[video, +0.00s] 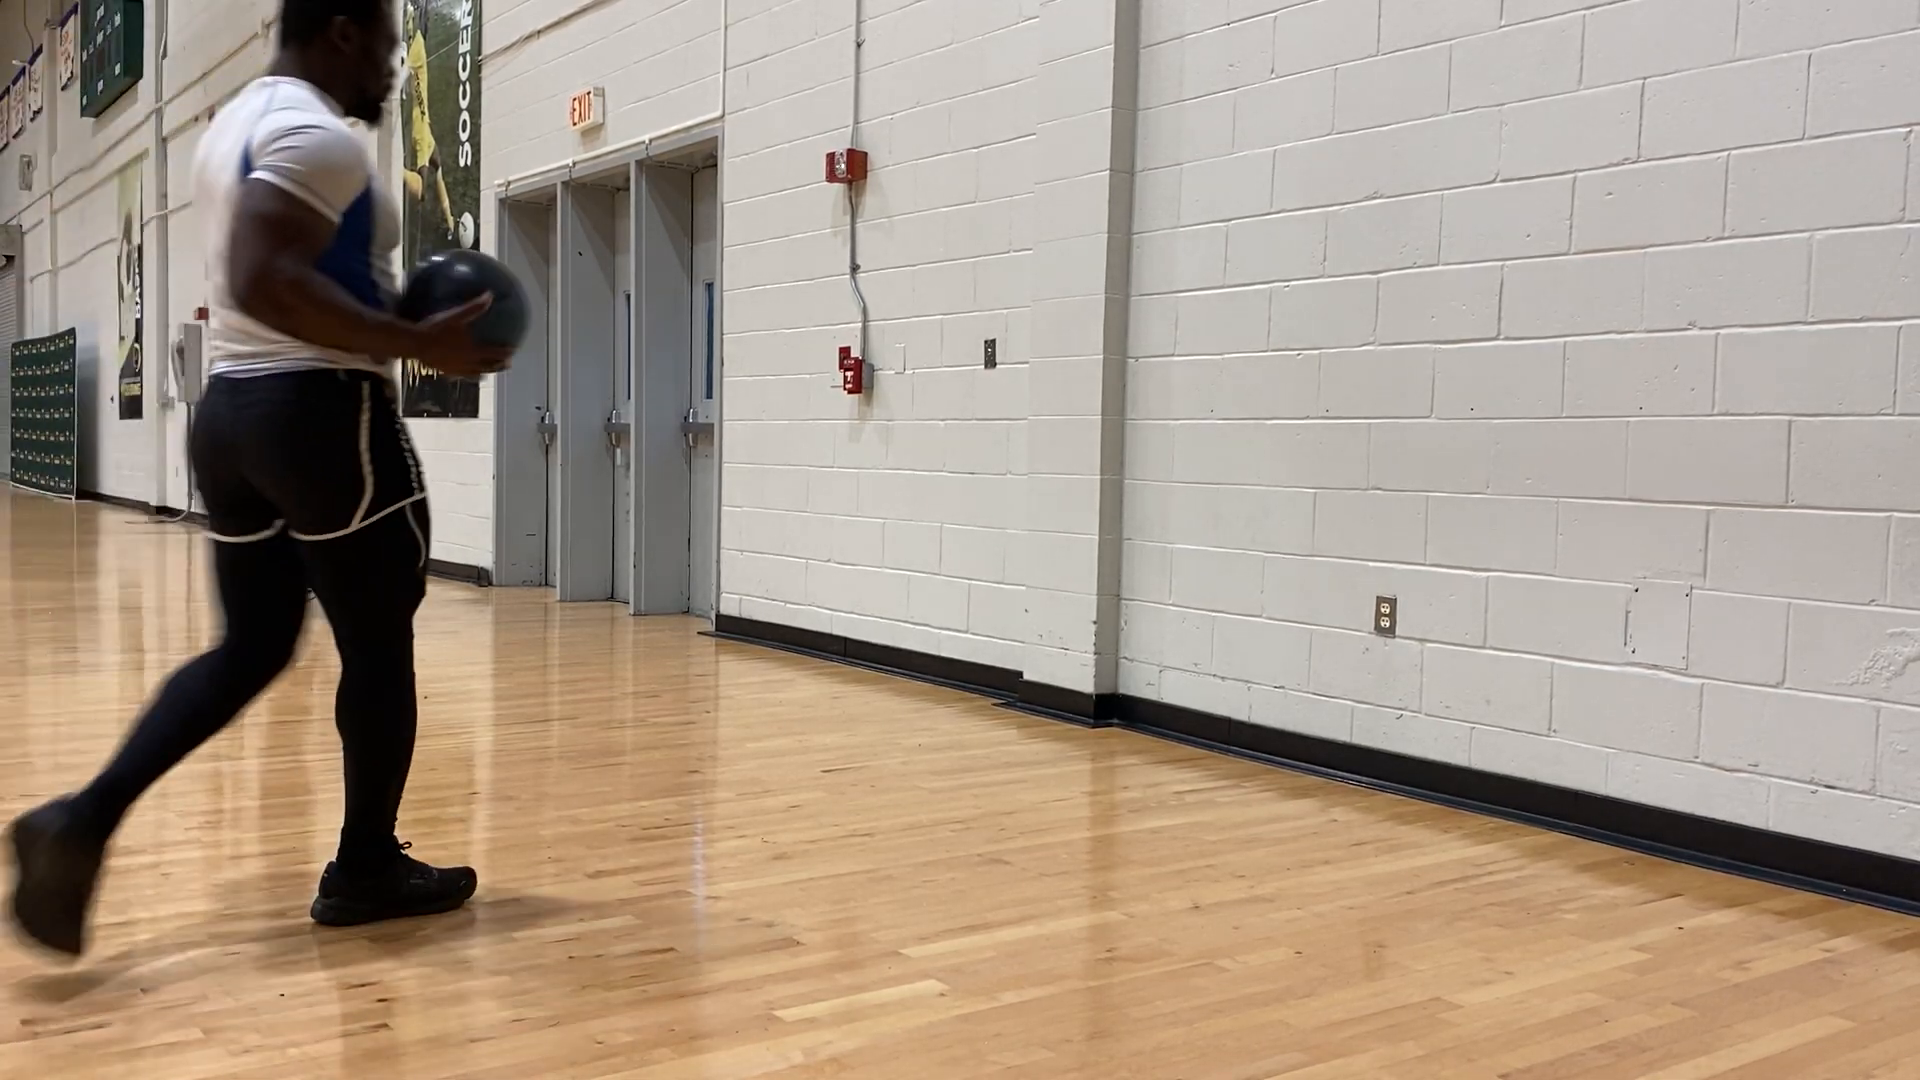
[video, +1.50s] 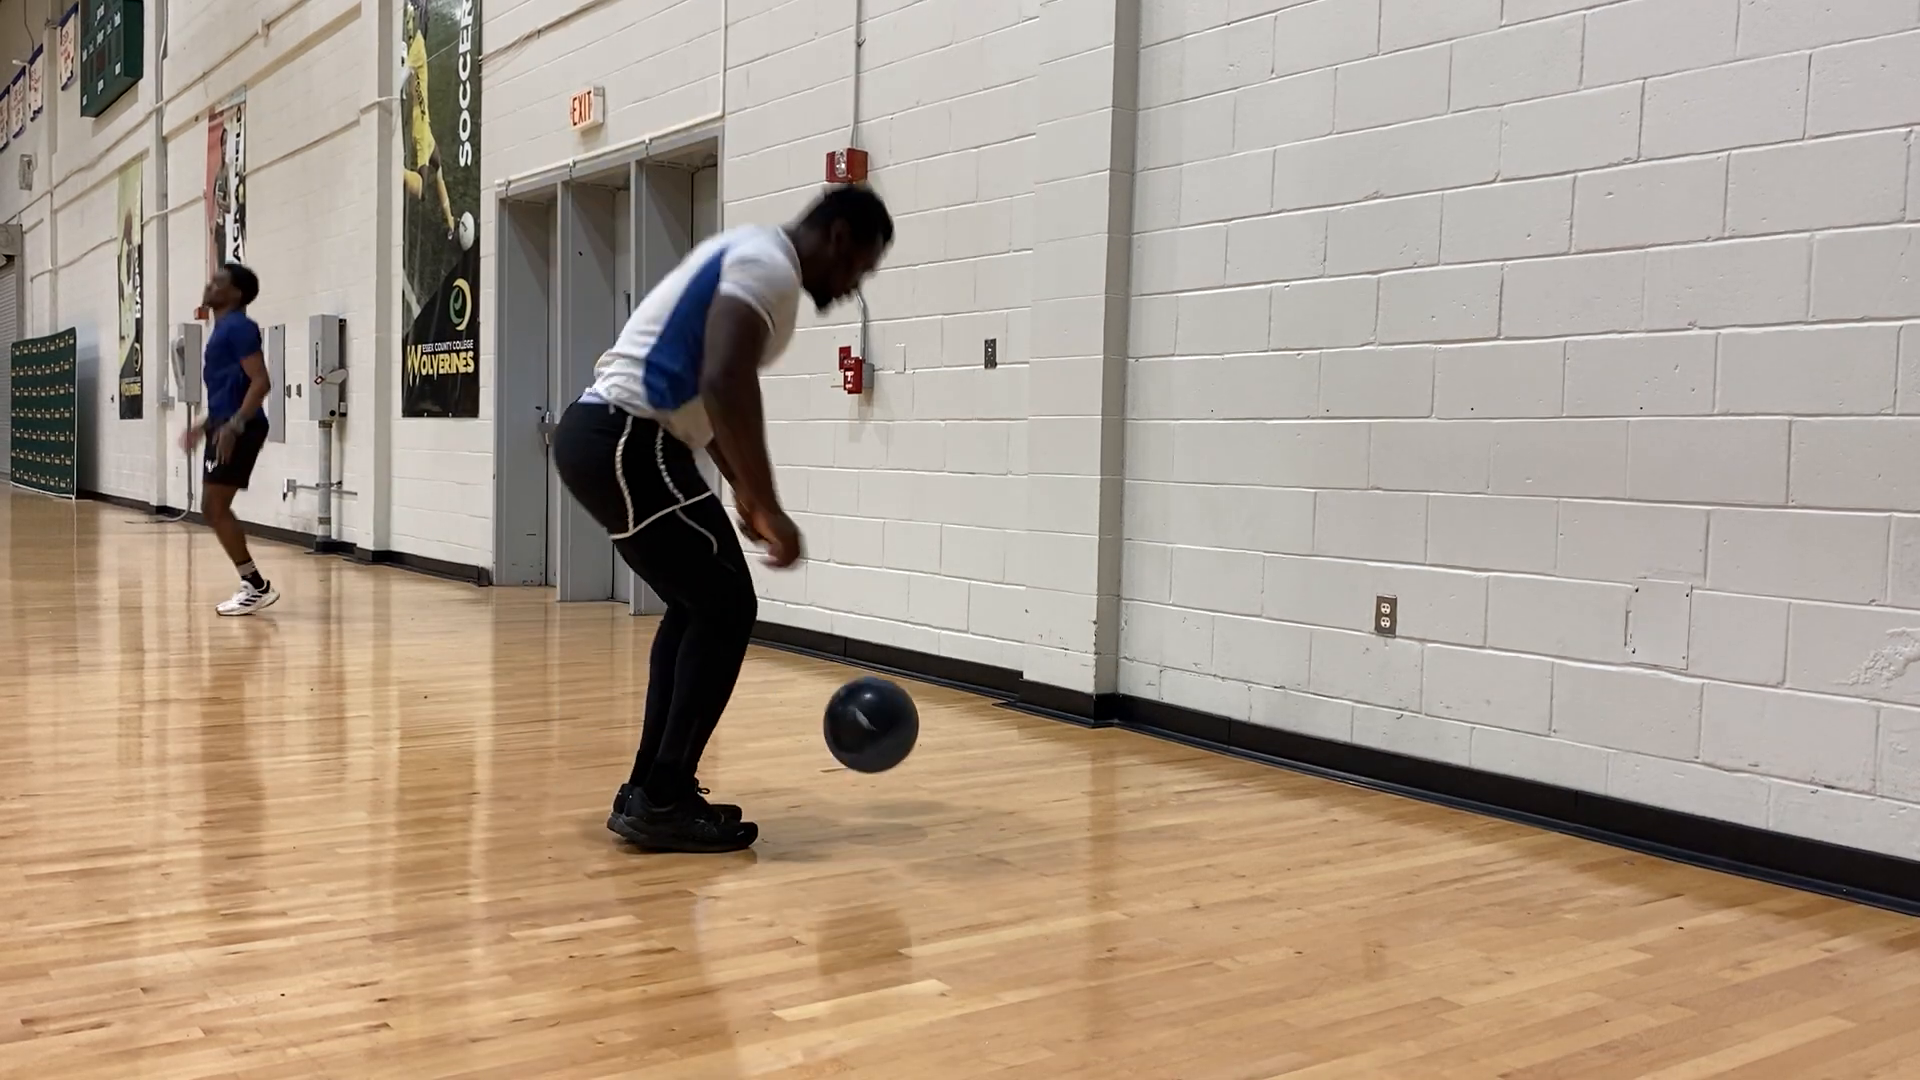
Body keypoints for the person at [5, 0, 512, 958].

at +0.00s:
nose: (393, 63)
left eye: (393, 43)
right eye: (384, 41)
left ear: (300, 40)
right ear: (336, 38)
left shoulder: (232, 126)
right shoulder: (322, 136)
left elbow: (277, 281)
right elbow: (260, 280)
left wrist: (402, 313)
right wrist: (411, 341)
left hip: (229, 414)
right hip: (327, 415)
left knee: (254, 645)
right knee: (379, 645)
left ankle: (80, 824)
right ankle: (367, 863)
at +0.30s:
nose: (523, 114)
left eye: (528, 95)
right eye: (523, 91)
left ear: (444, 64)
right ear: (484, 66)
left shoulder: (378, 138)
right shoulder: (449, 133)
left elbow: (406, 299)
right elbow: (467, 274)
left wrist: (517, 354)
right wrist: (568, 315)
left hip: (370, 393)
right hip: (416, 396)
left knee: (468, 584)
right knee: (425, 625)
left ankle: (476, 800)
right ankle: (367, 861)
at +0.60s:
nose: (630, 164)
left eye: (638, 148)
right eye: (632, 142)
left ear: (571, 110)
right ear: (597, 113)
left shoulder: (493, 177)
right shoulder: (558, 171)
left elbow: (478, 323)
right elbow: (554, 307)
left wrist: (568, 431)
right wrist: (617, 430)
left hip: (455, 409)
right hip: (507, 411)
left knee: (516, 607)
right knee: (589, 609)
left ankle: (532, 806)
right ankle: (449, 785)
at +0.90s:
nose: (726, 183)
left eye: (735, 169)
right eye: (730, 162)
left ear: (680, 126)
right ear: (694, 132)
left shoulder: (586, 175)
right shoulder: (645, 175)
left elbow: (526, 284)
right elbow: (580, 272)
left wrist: (566, 358)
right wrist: (645, 369)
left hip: (526, 405)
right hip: (582, 409)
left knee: (558, 605)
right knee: (633, 607)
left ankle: (535, 807)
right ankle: (654, 800)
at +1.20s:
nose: (779, 187)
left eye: (786, 173)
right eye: (782, 166)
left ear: (725, 132)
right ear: (750, 137)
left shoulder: (645, 184)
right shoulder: (713, 192)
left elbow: (627, 313)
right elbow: (679, 311)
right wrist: (718, 435)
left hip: (599, 414)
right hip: (643, 419)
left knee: (680, 594)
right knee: (694, 604)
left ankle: (618, 758)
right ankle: (659, 803)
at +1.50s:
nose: (858, 283)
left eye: (868, 271)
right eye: (863, 264)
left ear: (825, 229)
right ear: (835, 235)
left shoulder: (748, 252)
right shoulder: (767, 261)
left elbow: (705, 397)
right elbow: (725, 376)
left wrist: (745, 491)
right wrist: (765, 500)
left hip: (607, 433)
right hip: (633, 440)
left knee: (695, 605)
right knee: (727, 608)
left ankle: (650, 789)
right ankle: (666, 798)